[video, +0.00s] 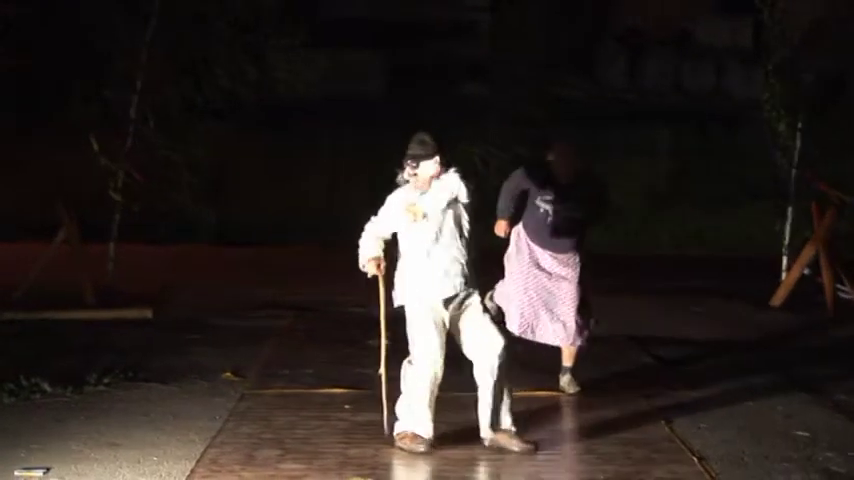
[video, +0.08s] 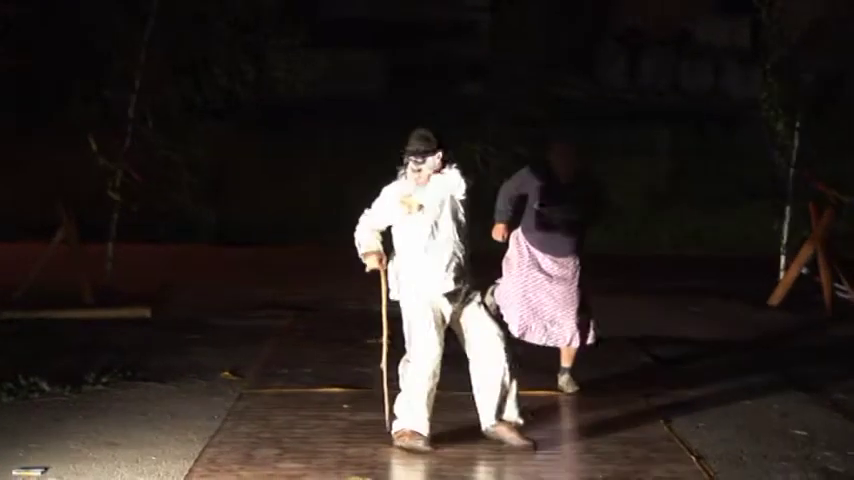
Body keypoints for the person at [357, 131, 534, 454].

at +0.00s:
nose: (416, 170)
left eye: (424, 162)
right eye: (414, 163)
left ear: (437, 163)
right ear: (409, 166)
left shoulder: (453, 188)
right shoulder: (401, 200)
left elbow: (455, 190)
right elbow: (374, 230)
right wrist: (372, 253)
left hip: (461, 292)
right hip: (420, 295)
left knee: (491, 348)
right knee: (428, 360)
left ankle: (497, 428)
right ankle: (409, 429)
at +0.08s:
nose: (416, 165)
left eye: (424, 158)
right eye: (412, 159)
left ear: (439, 158)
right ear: (406, 159)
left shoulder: (451, 184)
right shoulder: (396, 193)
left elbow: (457, 185)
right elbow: (368, 224)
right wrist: (371, 248)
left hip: (459, 289)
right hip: (418, 292)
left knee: (491, 347)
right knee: (425, 356)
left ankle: (498, 421)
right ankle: (409, 428)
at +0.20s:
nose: (433, 165)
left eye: (438, 158)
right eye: (426, 159)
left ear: (444, 158)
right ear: (411, 157)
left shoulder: (449, 182)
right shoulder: (392, 188)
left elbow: (468, 190)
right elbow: (360, 221)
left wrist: (423, 194)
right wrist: (372, 254)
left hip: (451, 282)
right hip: (414, 284)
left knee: (482, 341)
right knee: (428, 350)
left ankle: (494, 414)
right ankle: (409, 424)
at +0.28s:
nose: (448, 165)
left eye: (448, 159)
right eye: (440, 159)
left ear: (447, 161)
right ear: (419, 160)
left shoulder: (451, 195)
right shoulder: (392, 196)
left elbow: (476, 208)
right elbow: (358, 231)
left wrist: (437, 202)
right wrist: (372, 267)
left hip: (452, 288)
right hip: (413, 288)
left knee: (485, 337)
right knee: (428, 352)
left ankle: (473, 411)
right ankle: (403, 424)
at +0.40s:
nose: (449, 175)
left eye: (451, 169)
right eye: (444, 168)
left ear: (450, 169)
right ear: (426, 164)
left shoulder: (455, 199)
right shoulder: (397, 194)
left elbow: (484, 240)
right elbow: (365, 234)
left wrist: (469, 236)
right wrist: (390, 262)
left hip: (449, 288)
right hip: (411, 288)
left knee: (474, 341)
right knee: (422, 351)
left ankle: (449, 407)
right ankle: (400, 422)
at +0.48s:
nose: (452, 170)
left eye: (454, 164)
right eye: (448, 162)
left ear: (449, 165)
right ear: (432, 159)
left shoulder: (452, 197)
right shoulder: (402, 187)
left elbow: (468, 228)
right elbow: (366, 220)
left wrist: (477, 243)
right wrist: (398, 244)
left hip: (445, 286)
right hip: (412, 284)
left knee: (452, 347)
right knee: (421, 346)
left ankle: (436, 406)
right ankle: (398, 420)